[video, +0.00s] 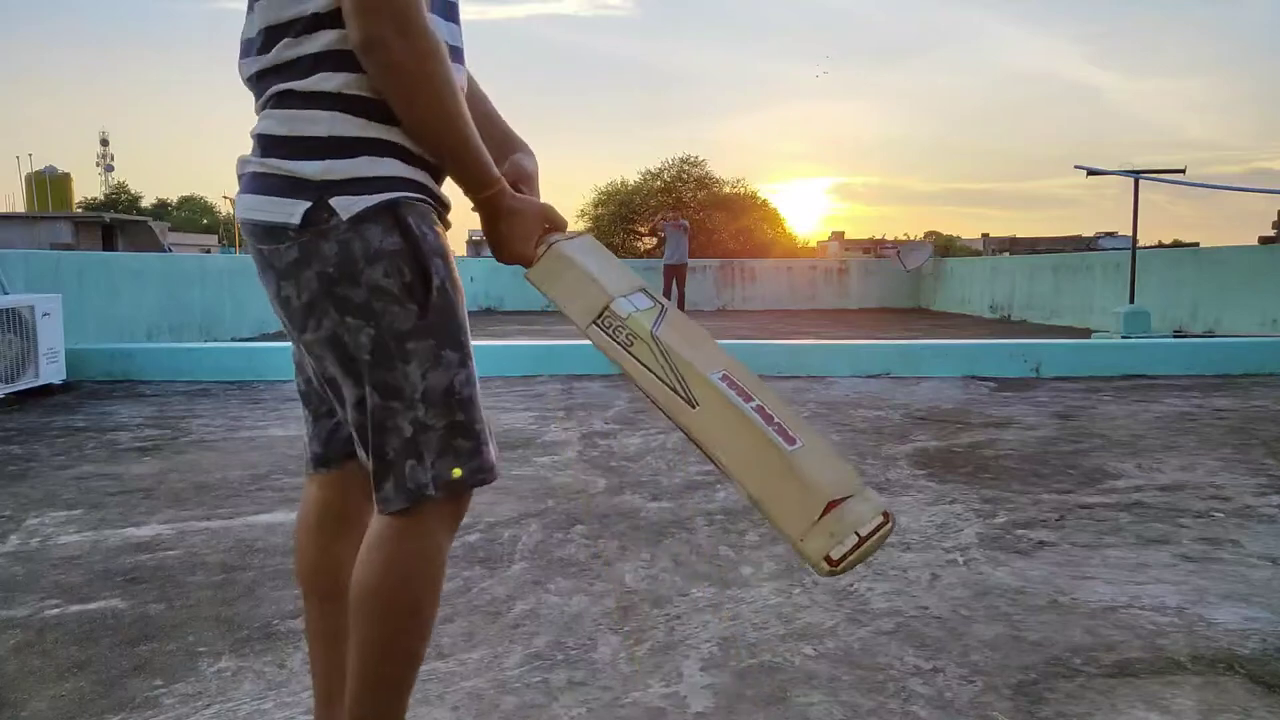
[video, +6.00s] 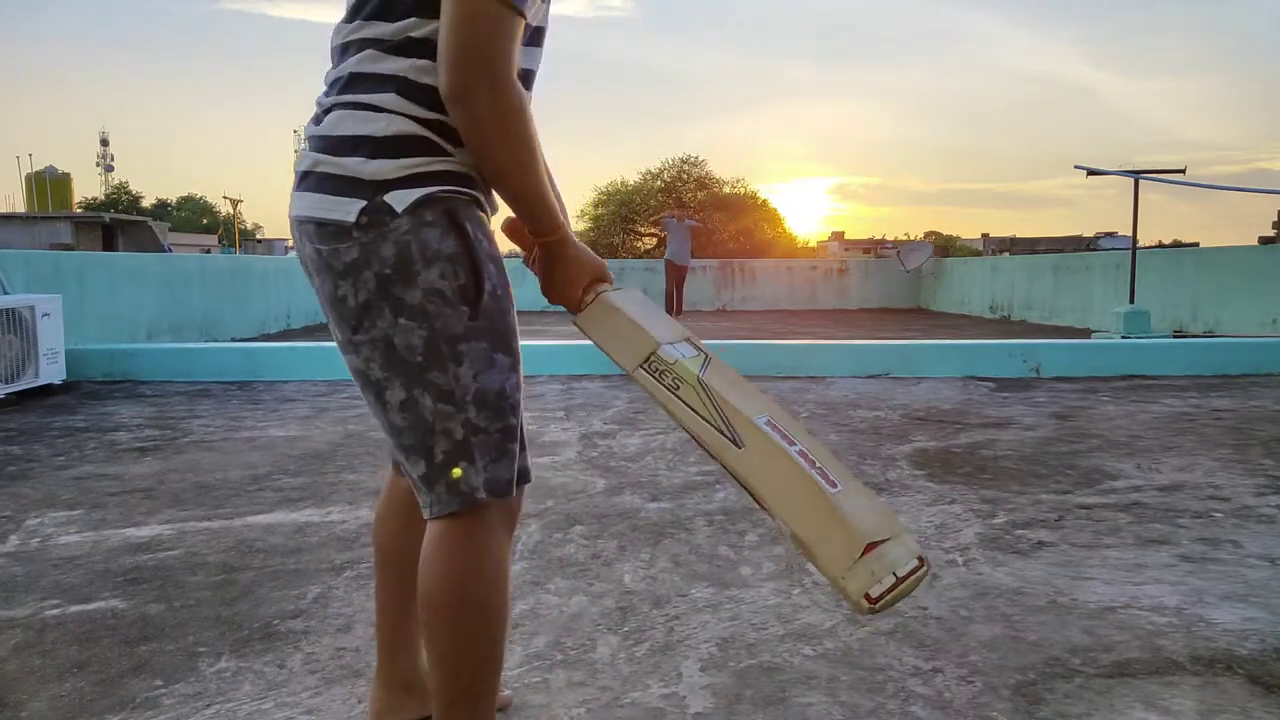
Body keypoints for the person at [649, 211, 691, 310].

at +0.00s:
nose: (674, 215)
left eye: (676, 212)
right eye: (672, 212)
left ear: (680, 213)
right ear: (669, 214)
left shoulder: (684, 224)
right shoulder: (667, 225)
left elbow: (685, 227)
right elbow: (652, 228)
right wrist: (658, 219)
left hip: (681, 260)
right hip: (668, 260)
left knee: (681, 290)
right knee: (666, 289)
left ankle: (681, 312)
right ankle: (664, 312)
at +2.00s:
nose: (692, 211)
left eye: (695, 208)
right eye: (690, 208)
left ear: (698, 211)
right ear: (686, 210)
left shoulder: (700, 225)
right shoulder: (680, 222)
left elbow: (702, 241)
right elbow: (670, 233)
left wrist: (702, 256)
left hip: (689, 258)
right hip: (675, 257)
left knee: (691, 285)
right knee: (675, 287)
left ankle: (685, 312)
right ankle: (675, 314)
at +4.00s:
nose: (691, 210)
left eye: (693, 207)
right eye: (689, 207)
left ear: (698, 209)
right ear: (686, 209)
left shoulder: (704, 222)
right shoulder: (683, 223)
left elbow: (713, 239)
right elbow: (675, 238)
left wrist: (719, 255)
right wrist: (666, 250)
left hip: (702, 262)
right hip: (688, 261)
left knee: (705, 291)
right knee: (686, 291)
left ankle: (709, 315)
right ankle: (682, 316)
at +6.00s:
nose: (681, 213)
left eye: (683, 211)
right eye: (679, 210)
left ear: (686, 212)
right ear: (675, 212)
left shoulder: (689, 224)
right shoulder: (670, 223)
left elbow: (701, 227)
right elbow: (653, 221)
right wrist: (668, 215)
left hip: (683, 258)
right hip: (670, 257)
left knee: (679, 287)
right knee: (669, 287)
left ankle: (678, 313)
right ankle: (669, 313)